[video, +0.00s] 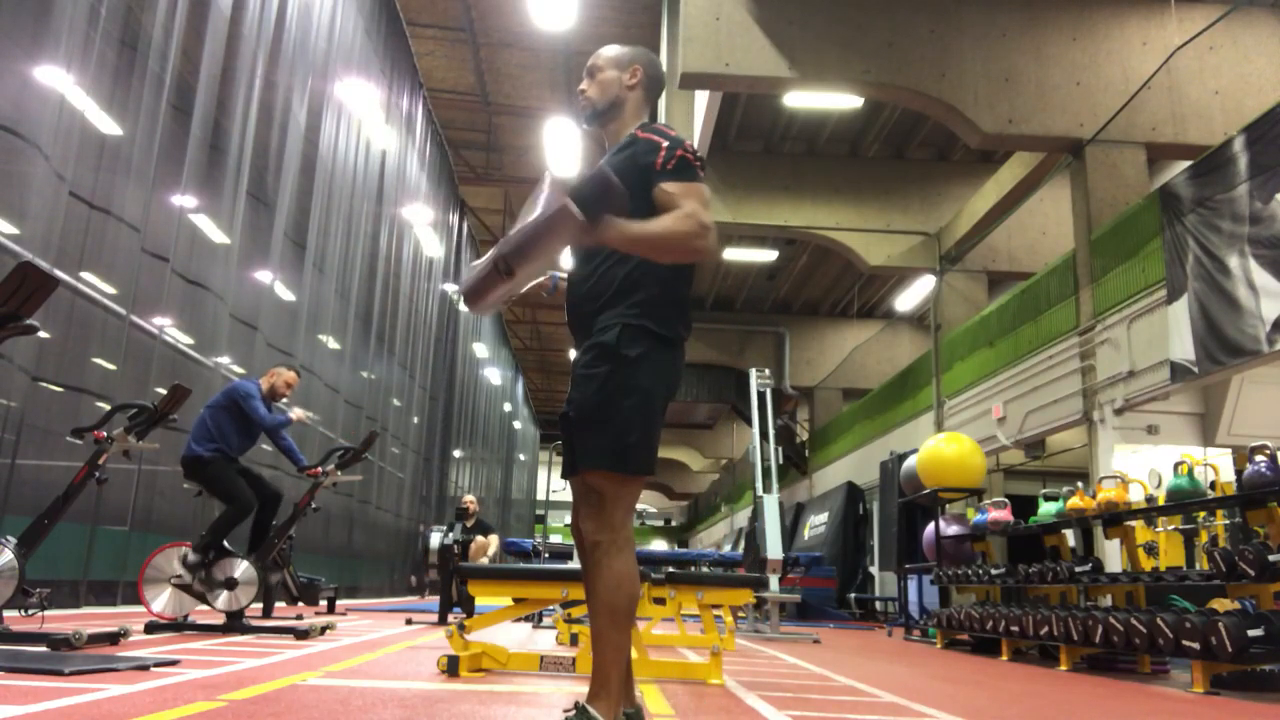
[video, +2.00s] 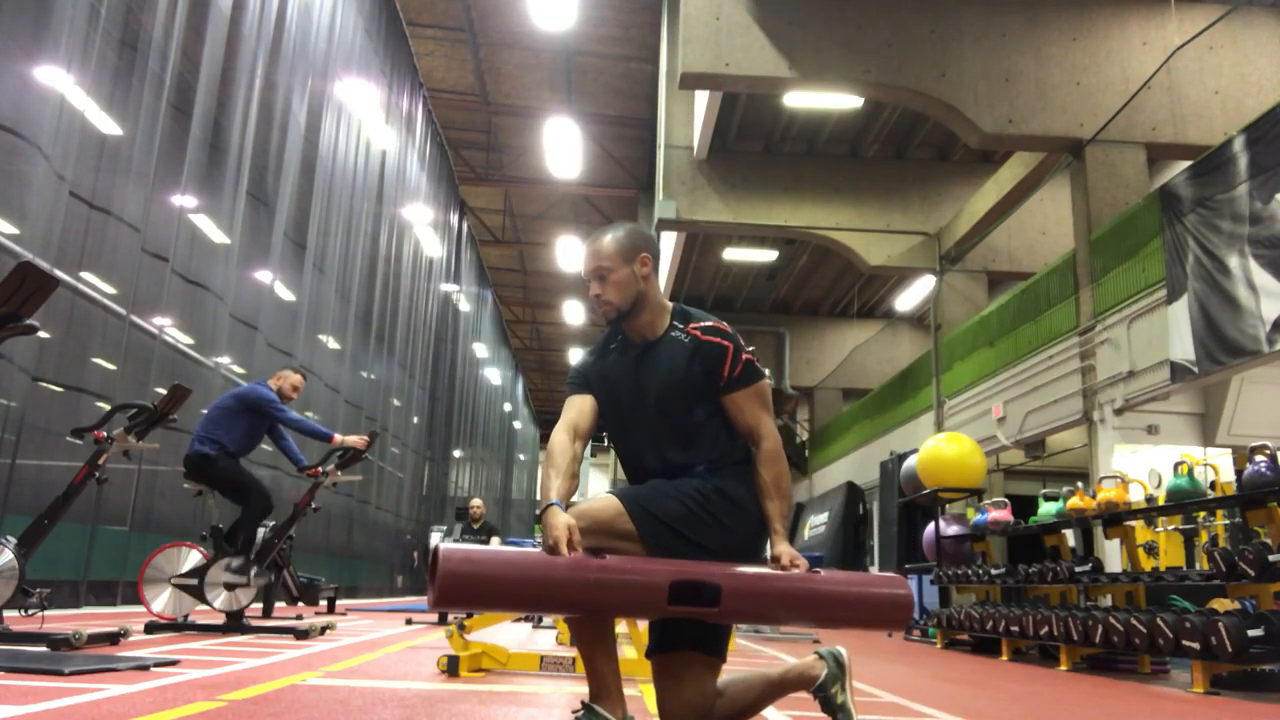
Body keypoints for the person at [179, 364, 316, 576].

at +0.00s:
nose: (287, 394)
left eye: (291, 390)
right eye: (287, 385)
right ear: (272, 376)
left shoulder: (265, 406)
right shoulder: (245, 388)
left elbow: (280, 438)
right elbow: (264, 422)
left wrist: (303, 467)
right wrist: (291, 417)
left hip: (225, 462)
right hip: (202, 459)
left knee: (271, 496)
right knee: (244, 502)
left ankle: (256, 558)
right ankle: (198, 553)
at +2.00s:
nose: (294, 396)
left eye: (298, 393)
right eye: (293, 388)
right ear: (277, 379)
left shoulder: (267, 406)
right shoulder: (259, 393)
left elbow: (282, 439)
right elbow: (293, 420)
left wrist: (305, 467)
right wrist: (340, 439)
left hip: (218, 459)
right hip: (207, 458)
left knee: (260, 502)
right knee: (259, 501)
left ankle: (226, 547)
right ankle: (238, 561)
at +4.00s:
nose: (294, 398)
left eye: (298, 394)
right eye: (294, 390)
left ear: (285, 388)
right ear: (279, 380)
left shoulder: (265, 405)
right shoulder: (257, 393)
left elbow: (280, 441)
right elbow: (295, 422)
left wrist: (305, 469)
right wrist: (341, 439)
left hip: (220, 460)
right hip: (205, 458)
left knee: (262, 505)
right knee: (251, 498)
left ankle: (254, 561)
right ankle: (204, 540)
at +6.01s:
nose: (285, 388)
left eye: (288, 384)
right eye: (283, 381)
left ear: (275, 380)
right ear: (266, 373)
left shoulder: (262, 400)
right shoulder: (241, 389)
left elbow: (278, 430)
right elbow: (259, 428)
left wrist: (302, 462)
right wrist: (288, 461)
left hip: (223, 460)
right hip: (198, 458)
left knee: (270, 483)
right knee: (224, 510)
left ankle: (228, 528)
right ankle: (221, 581)